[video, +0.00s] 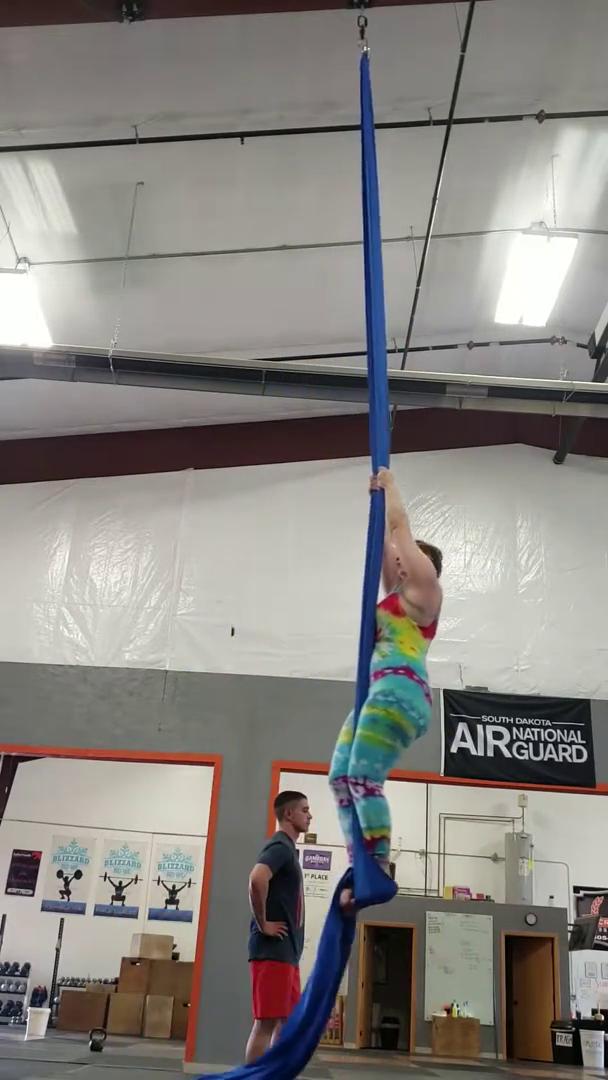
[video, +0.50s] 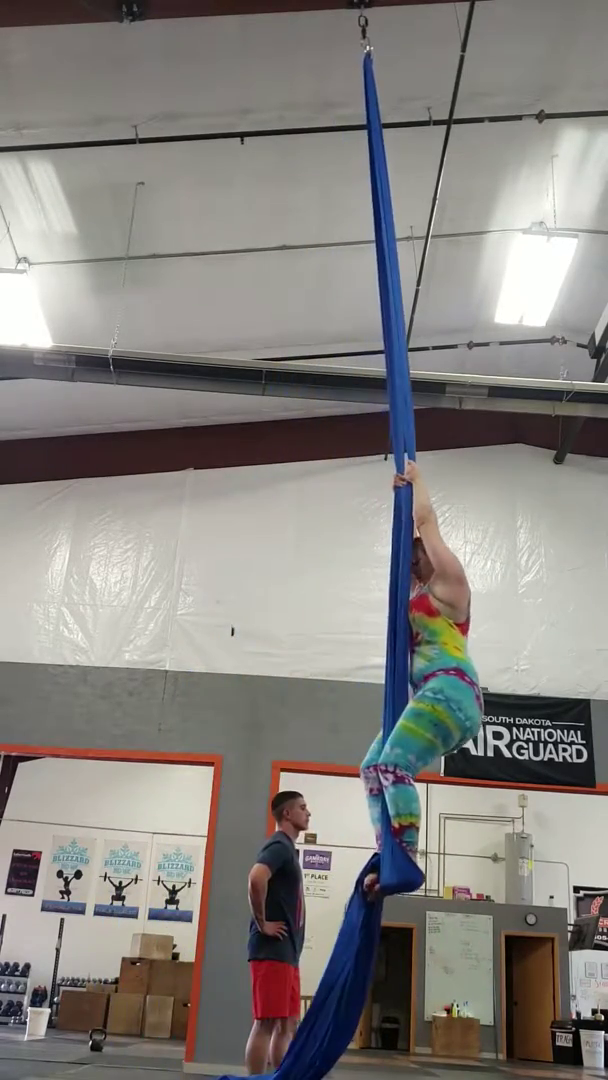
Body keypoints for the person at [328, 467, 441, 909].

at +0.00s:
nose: (392, 560)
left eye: (400, 554)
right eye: (389, 554)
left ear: (419, 564)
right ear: (390, 563)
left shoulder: (423, 594)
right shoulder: (388, 601)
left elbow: (400, 530)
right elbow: (380, 543)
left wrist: (390, 486)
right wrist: (377, 500)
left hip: (401, 691)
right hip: (375, 692)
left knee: (364, 774)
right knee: (340, 775)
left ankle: (378, 870)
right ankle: (361, 867)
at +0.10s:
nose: (405, 554)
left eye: (414, 546)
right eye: (401, 548)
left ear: (433, 557)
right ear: (399, 558)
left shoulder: (436, 590)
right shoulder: (399, 598)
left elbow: (412, 527)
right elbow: (390, 542)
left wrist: (402, 482)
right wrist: (388, 499)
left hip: (415, 687)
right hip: (387, 689)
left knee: (374, 770)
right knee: (350, 773)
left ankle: (387, 869)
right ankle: (370, 867)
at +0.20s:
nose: (411, 560)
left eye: (417, 551)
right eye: (406, 555)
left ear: (437, 551)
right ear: (405, 562)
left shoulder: (445, 585)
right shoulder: (409, 596)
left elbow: (421, 524)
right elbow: (398, 544)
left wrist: (410, 480)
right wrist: (395, 500)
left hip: (427, 687)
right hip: (399, 689)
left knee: (382, 767)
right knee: (358, 770)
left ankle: (394, 867)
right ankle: (375, 864)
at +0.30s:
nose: (413, 556)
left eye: (419, 547)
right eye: (408, 550)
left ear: (435, 547)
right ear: (403, 557)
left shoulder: (450, 584)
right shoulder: (411, 596)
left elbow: (426, 522)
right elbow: (406, 534)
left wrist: (415, 478)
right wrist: (400, 497)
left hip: (438, 687)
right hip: (408, 689)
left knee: (388, 766)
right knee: (364, 769)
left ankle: (398, 866)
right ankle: (382, 864)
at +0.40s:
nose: (413, 555)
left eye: (418, 546)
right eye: (409, 548)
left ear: (432, 547)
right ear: (408, 555)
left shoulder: (451, 583)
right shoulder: (414, 594)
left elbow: (428, 520)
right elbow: (407, 530)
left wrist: (417, 477)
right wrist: (403, 494)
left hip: (446, 688)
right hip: (419, 691)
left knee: (392, 765)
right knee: (370, 766)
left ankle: (402, 864)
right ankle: (386, 861)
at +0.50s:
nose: (409, 566)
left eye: (412, 559)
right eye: (406, 560)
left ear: (426, 554)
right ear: (411, 562)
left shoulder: (448, 583)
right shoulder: (415, 596)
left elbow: (426, 520)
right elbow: (407, 531)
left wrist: (416, 476)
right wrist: (402, 493)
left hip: (452, 690)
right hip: (428, 695)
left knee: (394, 765)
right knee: (372, 768)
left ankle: (405, 864)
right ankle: (389, 861)